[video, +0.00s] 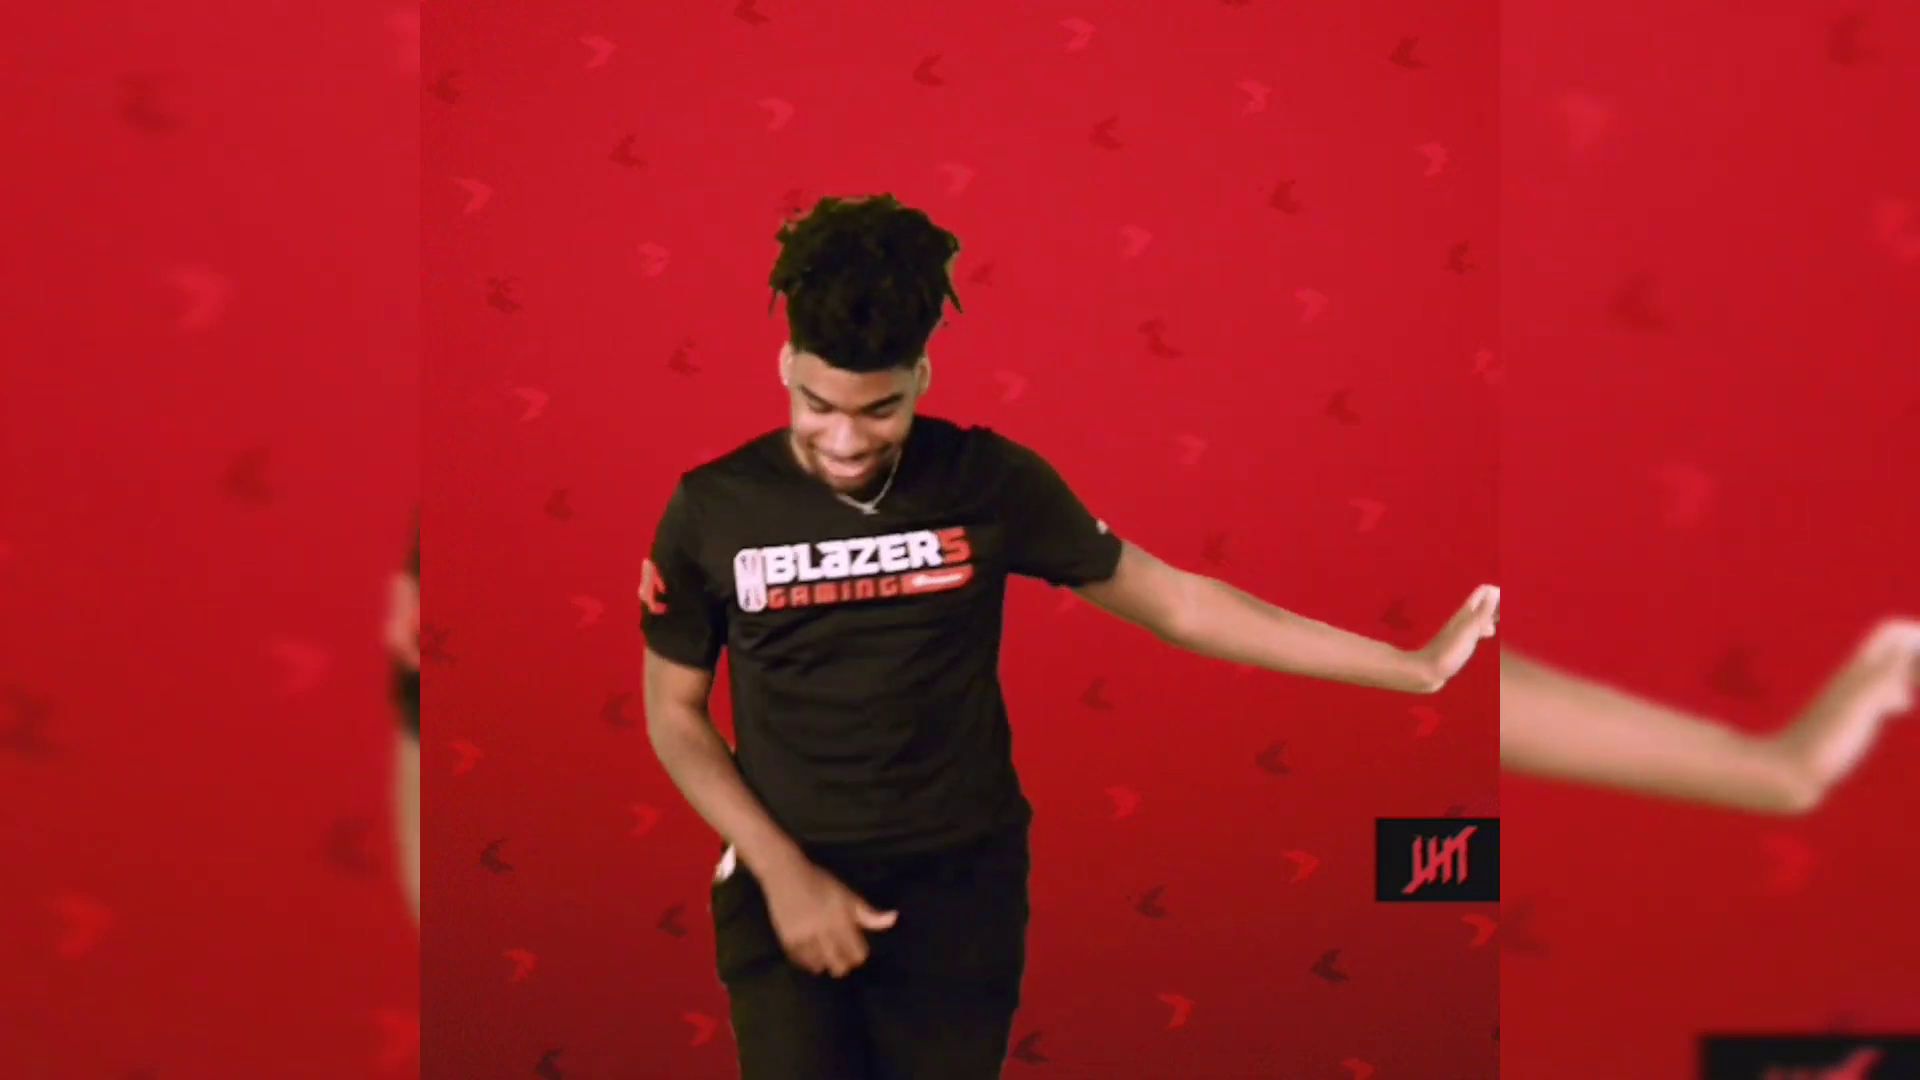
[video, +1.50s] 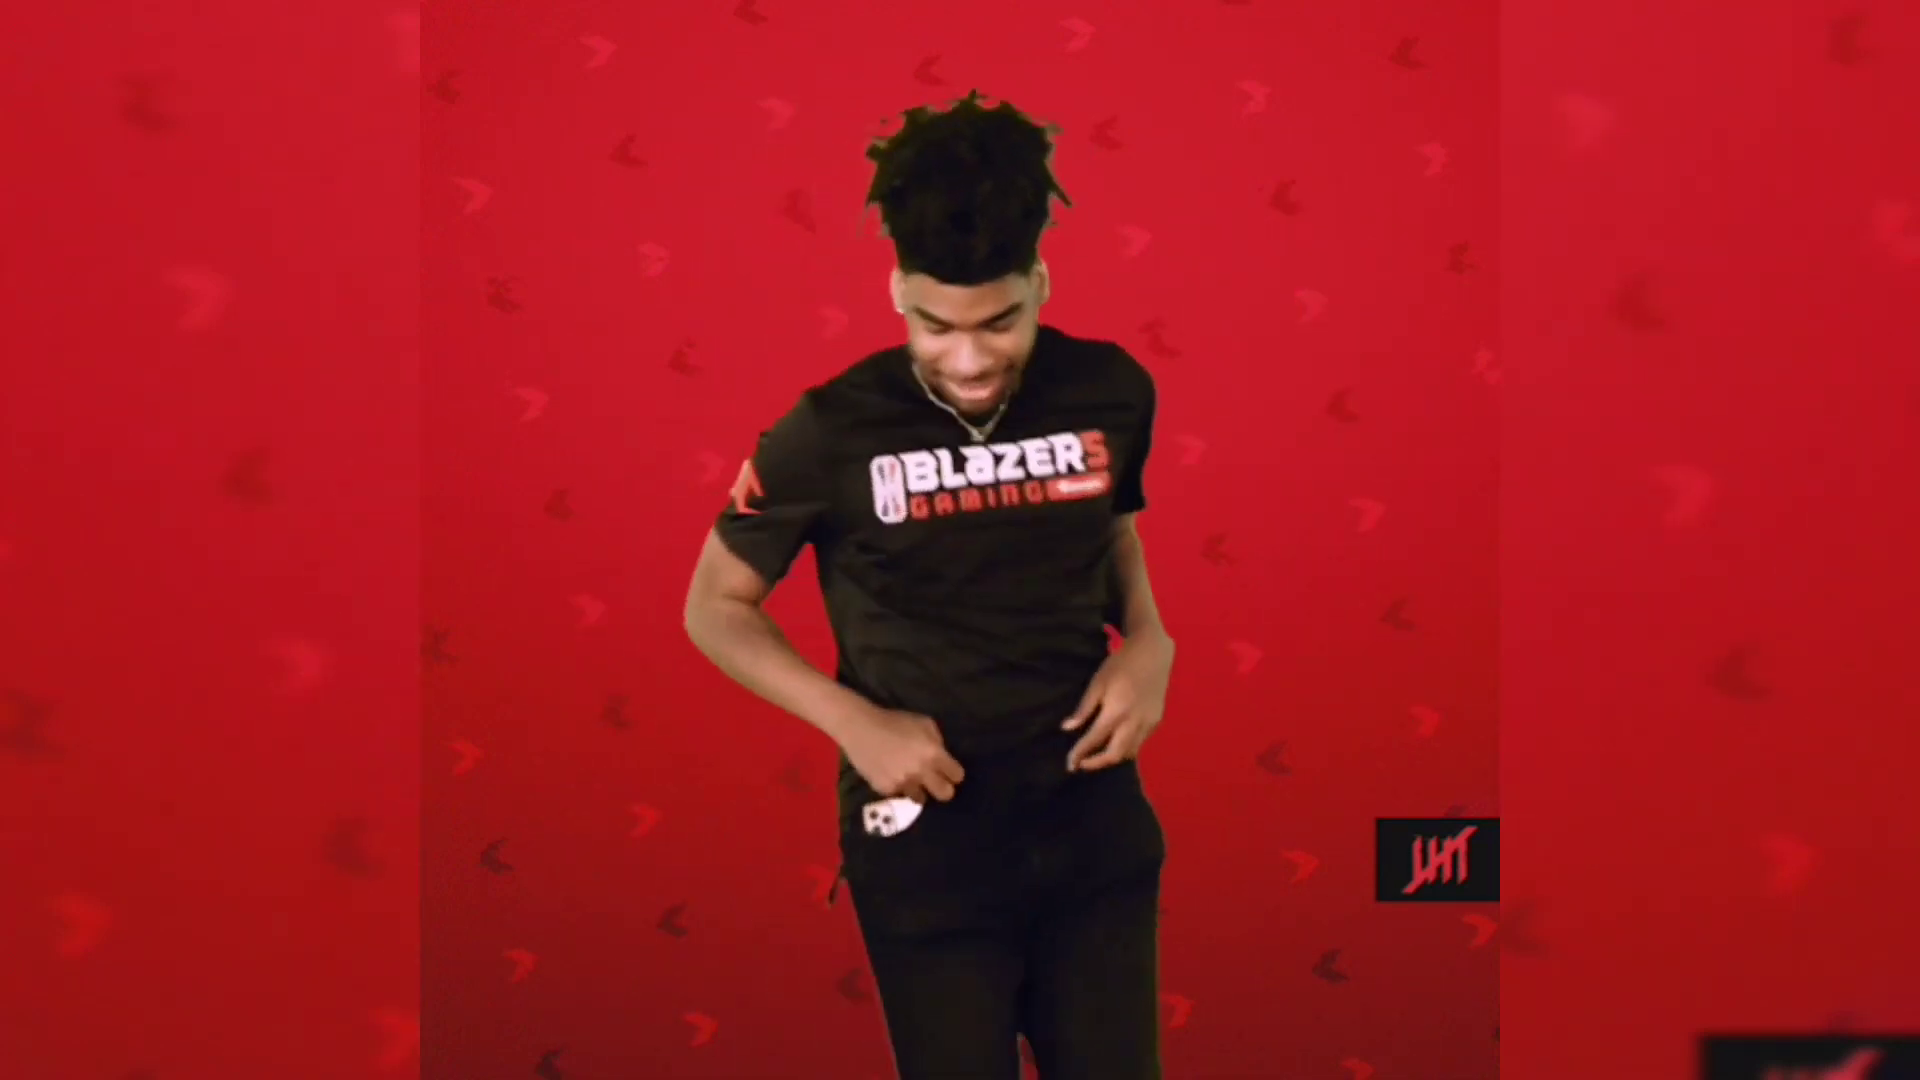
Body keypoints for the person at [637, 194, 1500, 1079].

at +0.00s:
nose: (844, 438)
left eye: (876, 409)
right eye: (817, 404)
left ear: (923, 369)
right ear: (783, 359)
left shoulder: (989, 484)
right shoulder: (711, 513)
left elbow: (1174, 599)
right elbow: (674, 717)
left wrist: (1408, 670)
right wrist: (784, 871)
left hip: (960, 887)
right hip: (783, 893)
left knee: (951, 1068)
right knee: (797, 1074)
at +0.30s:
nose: (979, 367)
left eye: (1011, 337)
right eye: (951, 331)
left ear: (1050, 296)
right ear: (903, 279)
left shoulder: (1101, 426)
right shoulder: (806, 400)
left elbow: (1143, 565)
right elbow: (732, 541)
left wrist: (1126, 594)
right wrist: (770, 677)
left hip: (1010, 841)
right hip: (834, 832)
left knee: (1000, 1064)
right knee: (818, 1063)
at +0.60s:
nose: (943, 405)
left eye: (975, 375)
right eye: (915, 369)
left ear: (1008, 340)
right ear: (864, 330)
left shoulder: (1056, 481)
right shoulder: (767, 453)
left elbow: (1098, 630)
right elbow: (697, 606)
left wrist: (1072, 690)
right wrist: (722, 741)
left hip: (970, 879)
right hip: (794, 870)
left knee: (957, 1061)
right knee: (771, 1061)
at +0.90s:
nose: (862, 409)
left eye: (893, 376)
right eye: (832, 376)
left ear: (932, 337)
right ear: (789, 339)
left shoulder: (1013, 468)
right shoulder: (717, 491)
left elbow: (1041, 623)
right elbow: (624, 651)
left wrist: (1035, 756)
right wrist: (722, 764)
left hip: (962, 899)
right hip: (792, 904)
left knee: (957, 1064)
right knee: (798, 1065)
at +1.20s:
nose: (868, 340)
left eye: (899, 304)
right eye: (836, 307)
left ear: (945, 257)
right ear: (800, 267)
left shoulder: (1025, 355)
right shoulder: (746, 413)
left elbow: (1037, 486)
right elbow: (626, 575)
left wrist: (1069, 611)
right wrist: (774, 688)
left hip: (1011, 792)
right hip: (846, 807)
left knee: (1028, 1060)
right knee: (870, 1063)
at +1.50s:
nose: (969, 357)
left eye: (999, 322)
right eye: (935, 324)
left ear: (1041, 280)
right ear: (897, 285)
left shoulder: (1108, 396)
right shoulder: (829, 437)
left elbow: (1114, 526)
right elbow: (715, 606)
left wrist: (1148, 642)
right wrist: (855, 723)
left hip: (1091, 834)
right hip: (924, 849)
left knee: (1115, 1062)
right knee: (959, 1063)